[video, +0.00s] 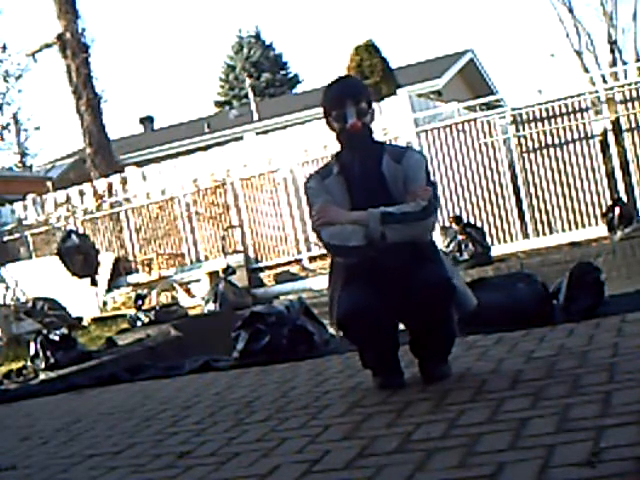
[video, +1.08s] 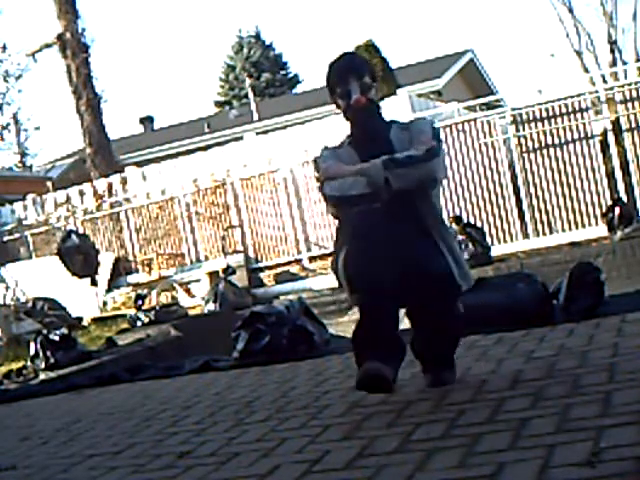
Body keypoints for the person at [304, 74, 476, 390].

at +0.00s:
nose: (353, 123)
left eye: (361, 111)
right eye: (341, 116)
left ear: (373, 112)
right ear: (329, 122)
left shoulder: (407, 159)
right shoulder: (319, 183)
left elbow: (425, 218)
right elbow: (335, 241)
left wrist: (349, 217)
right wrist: (406, 215)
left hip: (415, 262)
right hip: (359, 275)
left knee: (433, 290)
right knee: (358, 311)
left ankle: (434, 361)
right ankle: (385, 369)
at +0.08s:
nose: (349, 121)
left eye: (357, 109)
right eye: (337, 113)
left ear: (368, 110)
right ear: (326, 119)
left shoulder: (402, 156)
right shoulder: (315, 179)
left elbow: (419, 217)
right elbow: (329, 235)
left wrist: (344, 212)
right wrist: (399, 208)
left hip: (413, 260)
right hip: (359, 273)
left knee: (430, 292)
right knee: (362, 313)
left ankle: (434, 361)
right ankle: (385, 370)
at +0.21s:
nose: (343, 113)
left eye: (351, 102)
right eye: (332, 106)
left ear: (363, 104)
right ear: (320, 112)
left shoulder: (395, 147)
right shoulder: (308, 173)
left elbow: (407, 193)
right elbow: (321, 228)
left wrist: (337, 202)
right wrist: (386, 209)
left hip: (413, 263)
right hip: (358, 278)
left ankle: (442, 347)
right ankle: (385, 366)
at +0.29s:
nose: (341, 115)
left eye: (349, 104)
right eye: (329, 108)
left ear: (360, 106)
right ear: (317, 114)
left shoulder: (391, 151)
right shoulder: (306, 176)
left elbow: (409, 196)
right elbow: (321, 232)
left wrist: (338, 204)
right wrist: (387, 207)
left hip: (412, 253)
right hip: (358, 266)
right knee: (368, 308)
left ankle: (453, 361)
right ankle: (386, 369)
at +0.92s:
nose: (369, 124)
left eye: (376, 112)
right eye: (357, 118)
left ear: (388, 113)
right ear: (348, 126)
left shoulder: (426, 158)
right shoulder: (341, 184)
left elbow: (433, 194)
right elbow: (344, 231)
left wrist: (360, 205)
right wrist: (402, 210)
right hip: (384, 286)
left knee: (407, 248)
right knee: (363, 260)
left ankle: (434, 360)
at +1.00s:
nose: (364, 110)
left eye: (370, 99)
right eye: (352, 103)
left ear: (383, 99)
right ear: (341, 110)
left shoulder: (421, 143)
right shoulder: (337, 171)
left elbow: (435, 188)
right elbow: (340, 210)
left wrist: (359, 188)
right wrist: (404, 194)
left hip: (428, 264)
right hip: (370, 275)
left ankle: (436, 360)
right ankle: (377, 368)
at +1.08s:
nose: (357, 98)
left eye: (363, 87)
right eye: (345, 92)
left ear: (375, 86)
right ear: (335, 101)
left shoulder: (416, 131)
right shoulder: (333, 157)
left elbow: (433, 169)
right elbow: (335, 198)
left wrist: (361, 175)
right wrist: (397, 180)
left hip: (420, 239)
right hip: (366, 250)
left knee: (435, 292)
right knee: (376, 299)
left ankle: (438, 360)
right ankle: (376, 361)